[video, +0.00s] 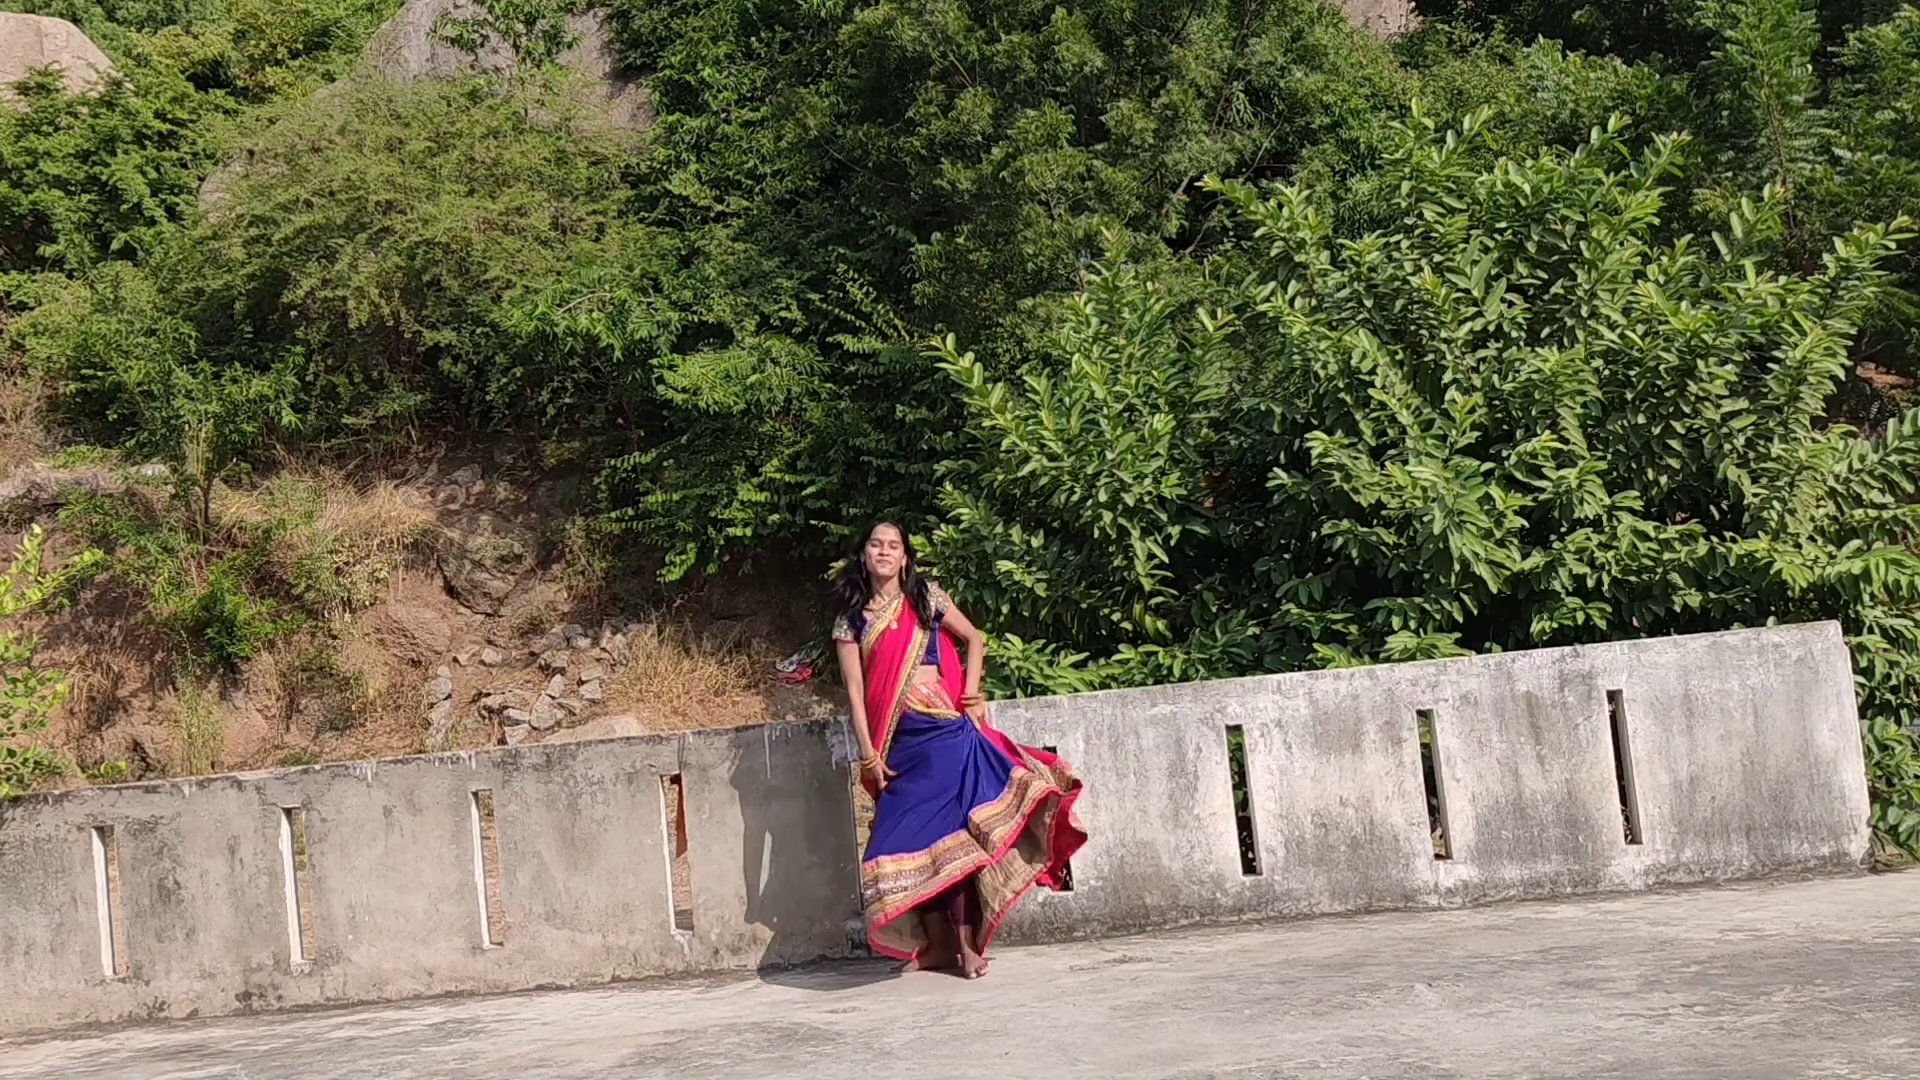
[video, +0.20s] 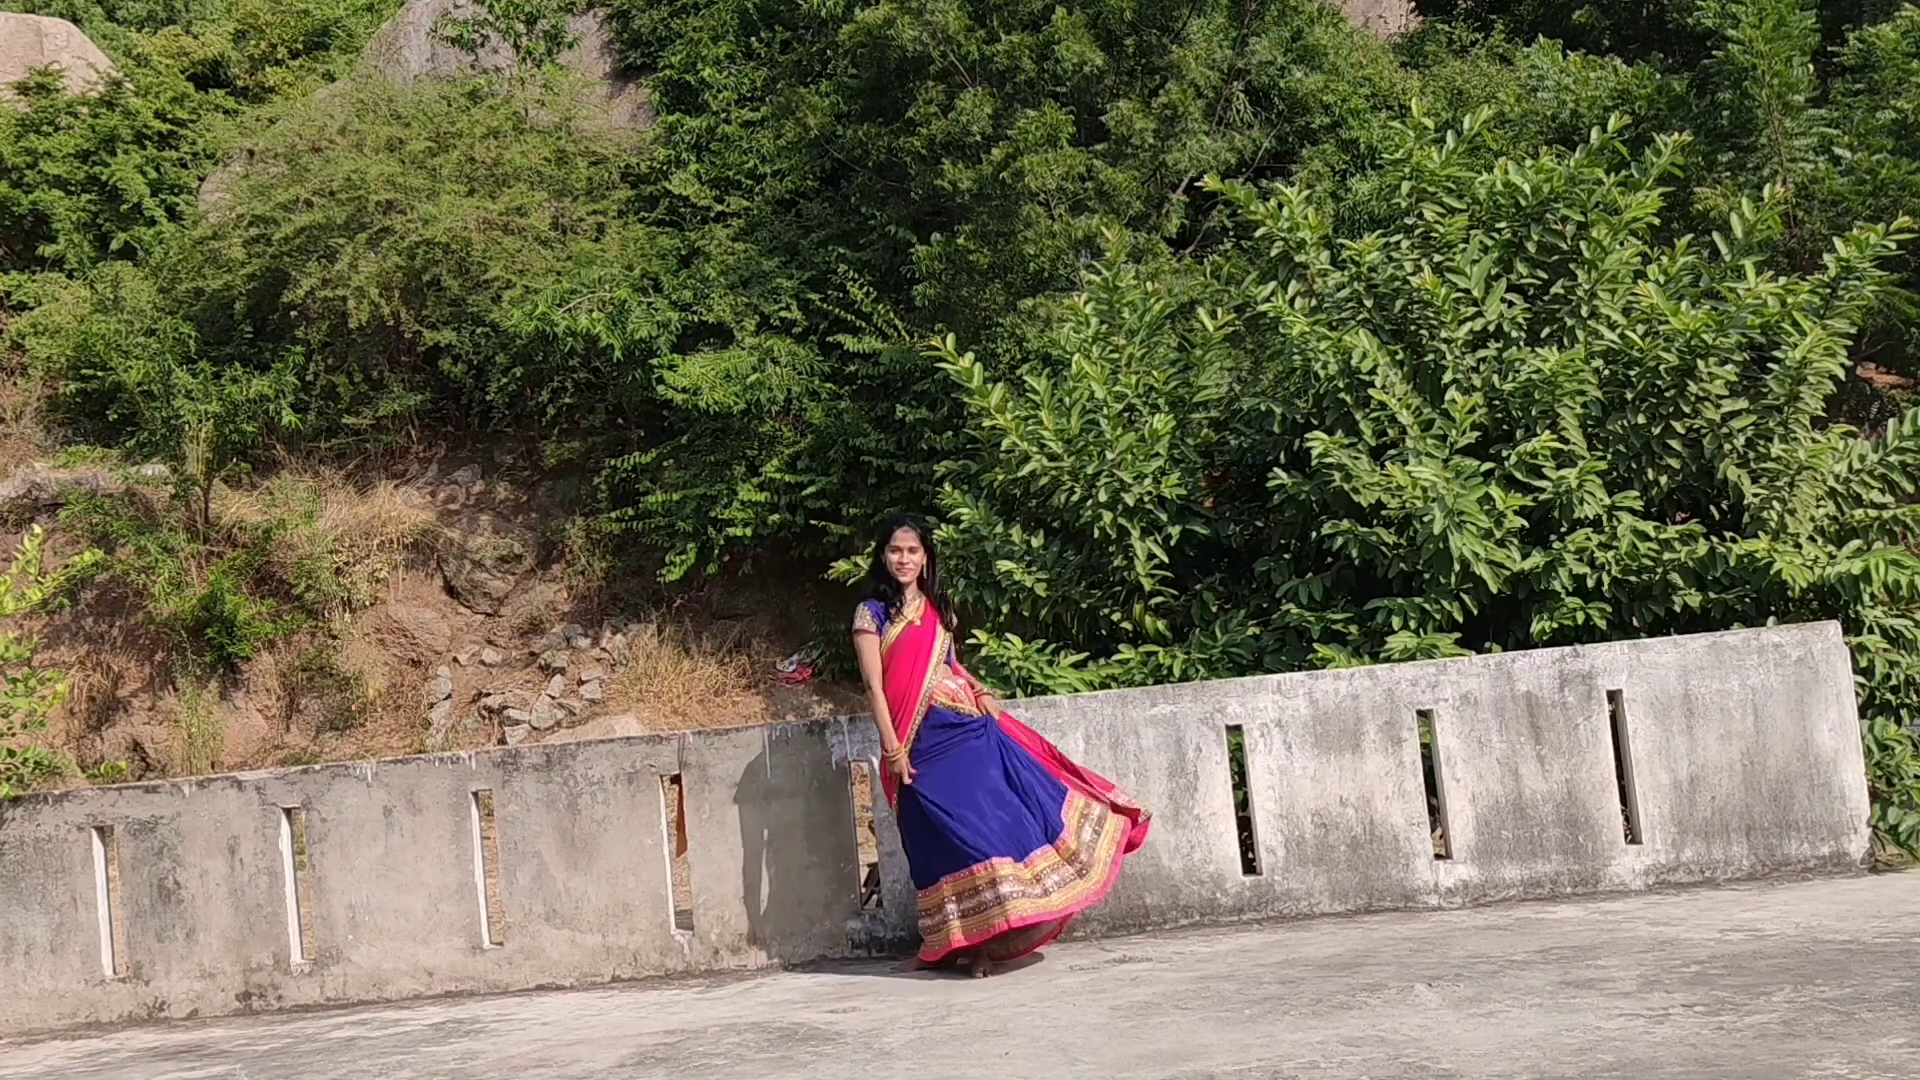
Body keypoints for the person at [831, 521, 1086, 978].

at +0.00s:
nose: (884, 552)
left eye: (892, 546)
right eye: (876, 544)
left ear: (905, 557)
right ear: (863, 554)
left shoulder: (927, 597)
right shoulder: (851, 621)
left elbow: (974, 638)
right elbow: (855, 690)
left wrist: (971, 691)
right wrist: (869, 752)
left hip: (949, 731)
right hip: (900, 739)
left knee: (959, 831)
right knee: (915, 835)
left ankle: (966, 943)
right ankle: (936, 942)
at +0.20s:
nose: (903, 558)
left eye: (912, 550)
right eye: (895, 550)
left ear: (926, 557)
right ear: (883, 557)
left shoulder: (938, 607)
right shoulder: (870, 614)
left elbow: (951, 665)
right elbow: (874, 687)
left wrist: (978, 691)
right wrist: (893, 749)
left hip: (966, 726)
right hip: (920, 738)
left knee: (986, 819)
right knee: (951, 831)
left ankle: (1002, 932)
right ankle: (971, 942)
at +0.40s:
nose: (924, 569)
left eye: (932, 560)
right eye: (916, 560)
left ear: (946, 563)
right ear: (903, 564)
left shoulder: (958, 611)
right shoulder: (891, 612)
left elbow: (981, 674)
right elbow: (867, 680)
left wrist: (1009, 668)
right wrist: (910, 726)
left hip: (981, 732)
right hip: (934, 741)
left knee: (983, 834)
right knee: (940, 844)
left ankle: (984, 945)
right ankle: (917, 922)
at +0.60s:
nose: (940, 570)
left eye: (948, 561)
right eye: (932, 562)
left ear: (963, 561)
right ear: (921, 563)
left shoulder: (978, 603)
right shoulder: (905, 604)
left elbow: (1038, 626)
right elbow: (867, 665)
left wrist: (1016, 572)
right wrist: (901, 701)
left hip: (975, 720)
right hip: (928, 725)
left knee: (982, 820)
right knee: (967, 819)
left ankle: (977, 934)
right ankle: (969, 936)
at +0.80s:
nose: (949, 570)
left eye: (957, 560)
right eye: (940, 562)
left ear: (973, 559)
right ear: (929, 563)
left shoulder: (991, 602)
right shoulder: (916, 603)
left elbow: (1021, 584)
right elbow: (882, 666)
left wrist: (1001, 544)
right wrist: (914, 683)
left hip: (985, 725)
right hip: (937, 727)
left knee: (967, 830)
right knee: (965, 831)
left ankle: (939, 940)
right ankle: (978, 953)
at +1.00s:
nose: (952, 562)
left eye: (961, 553)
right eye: (944, 554)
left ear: (978, 557)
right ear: (933, 559)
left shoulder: (1000, 604)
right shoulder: (921, 606)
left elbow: (1044, 571)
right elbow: (881, 665)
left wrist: (1010, 534)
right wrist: (923, 697)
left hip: (990, 733)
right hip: (940, 735)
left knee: (982, 837)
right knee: (961, 840)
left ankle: (938, 925)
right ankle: (978, 963)